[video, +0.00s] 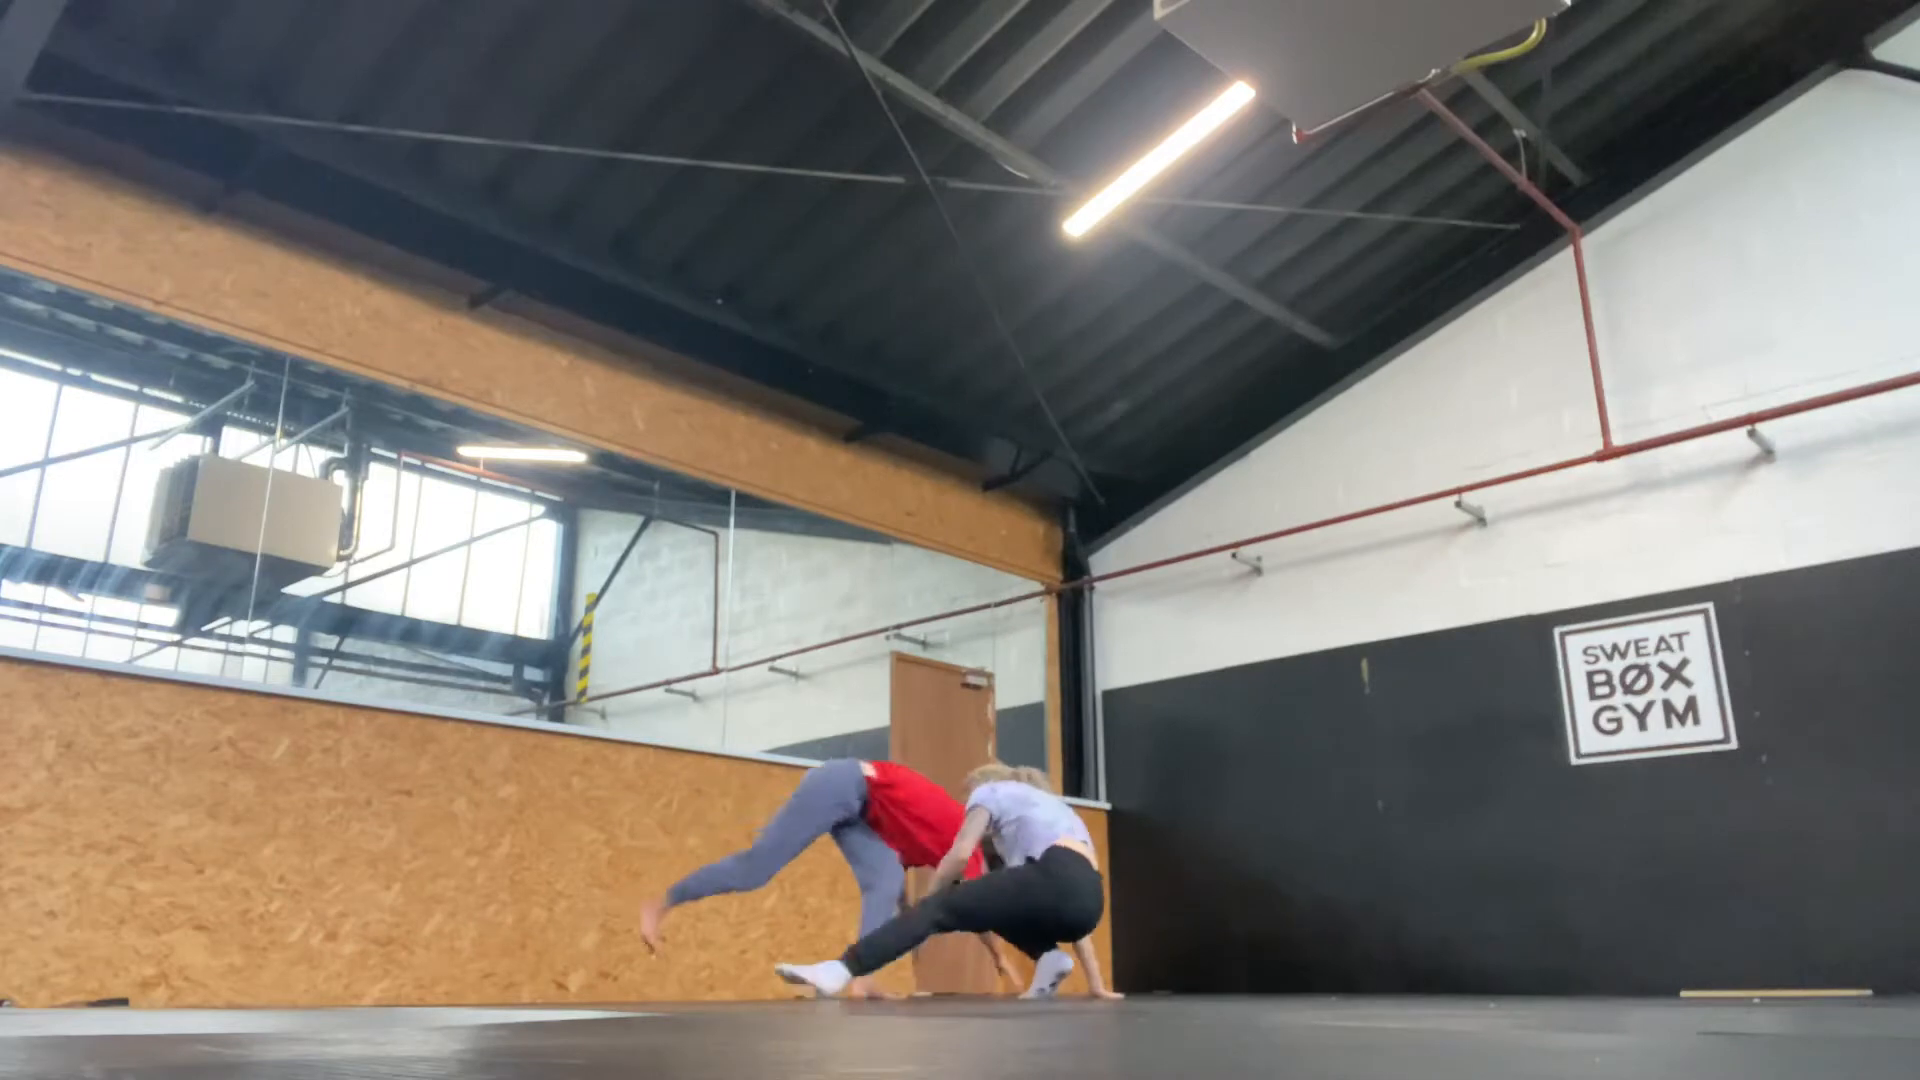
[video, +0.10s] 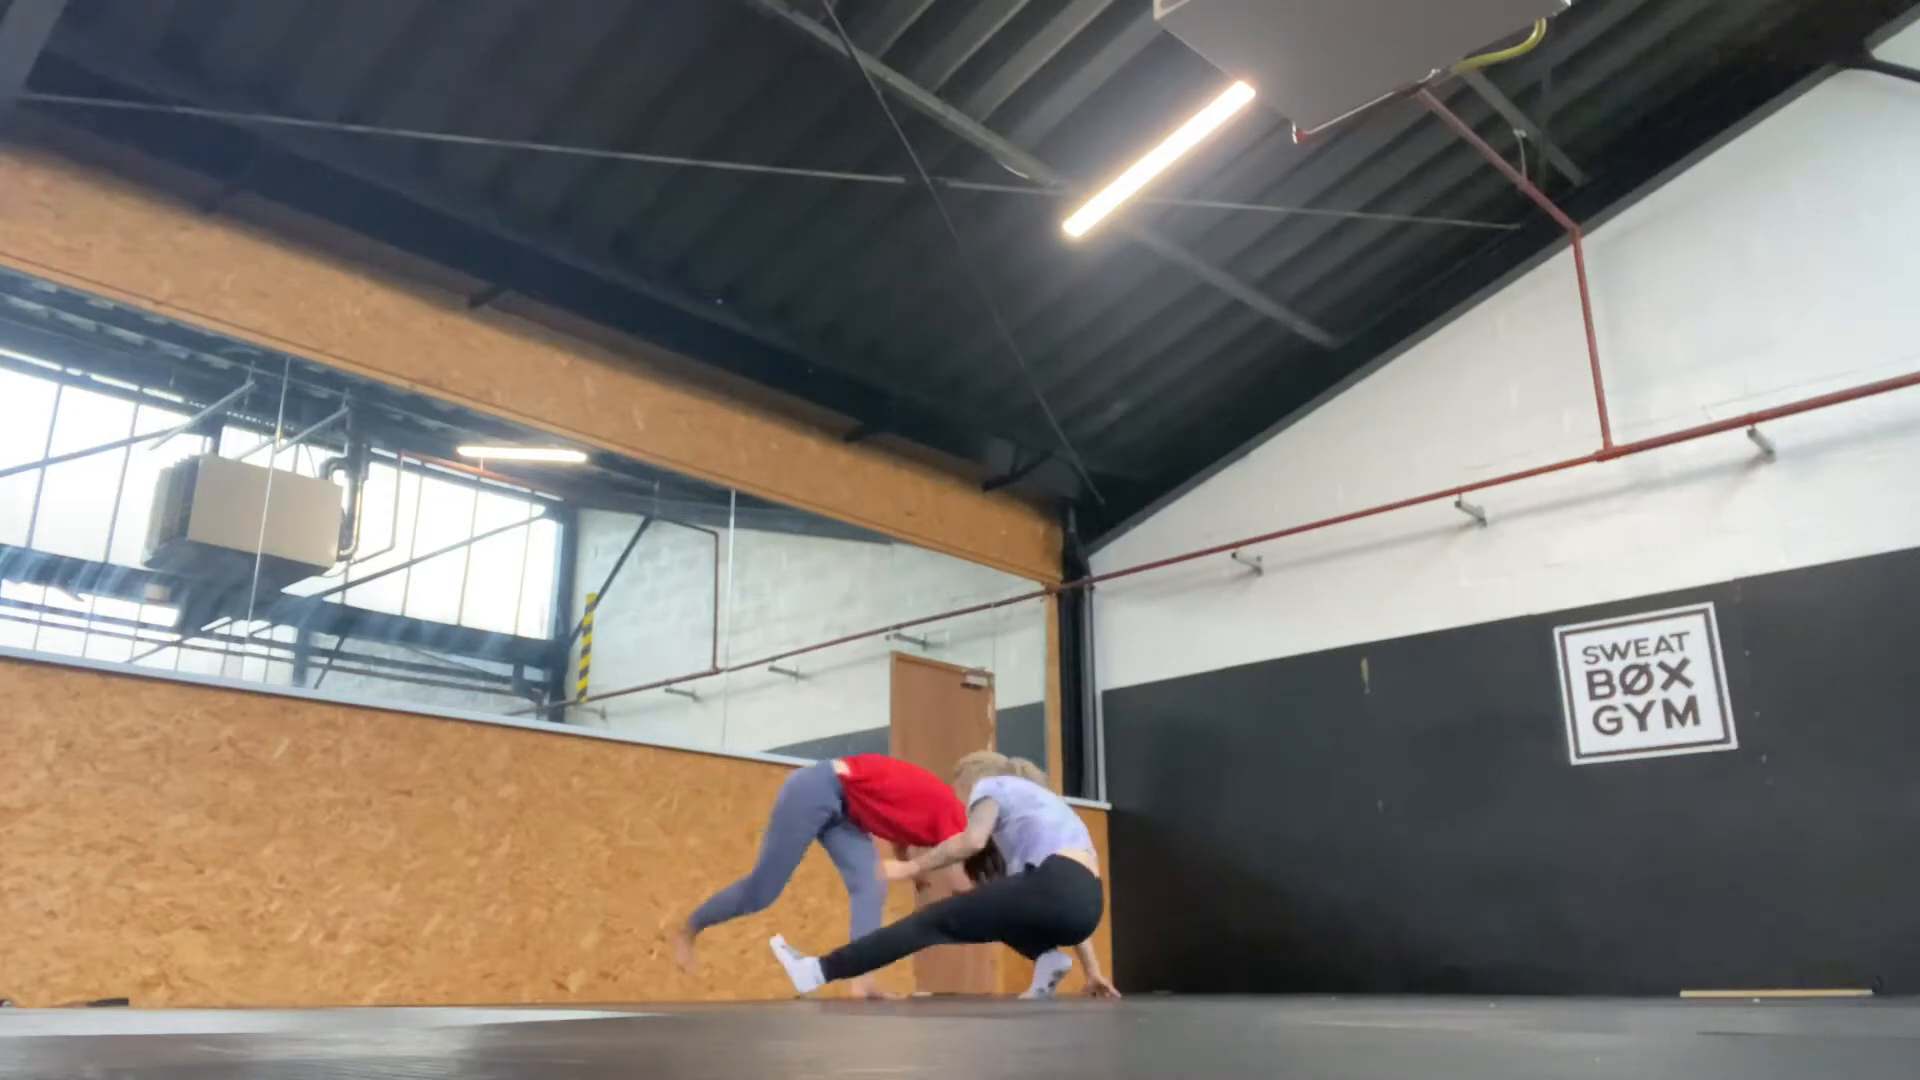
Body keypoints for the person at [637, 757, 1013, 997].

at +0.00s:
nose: (1001, 877)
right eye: (1005, 869)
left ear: (995, 844)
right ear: (999, 843)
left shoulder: (962, 848)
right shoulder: (972, 839)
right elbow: (982, 909)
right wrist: (1004, 967)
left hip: (862, 820)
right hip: (845, 781)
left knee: (886, 878)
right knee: (756, 869)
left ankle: (861, 981)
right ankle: (662, 903)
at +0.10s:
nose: (945, 894)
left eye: (956, 892)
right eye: (958, 889)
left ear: (960, 864)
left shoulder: (916, 842)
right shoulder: (955, 821)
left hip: (848, 814)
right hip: (822, 785)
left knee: (870, 883)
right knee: (764, 889)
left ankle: (862, 979)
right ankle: (690, 925)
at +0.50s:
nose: (908, 781)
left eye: (903, 773)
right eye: (902, 775)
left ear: (911, 768)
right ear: (938, 745)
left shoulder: (941, 814)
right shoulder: (984, 764)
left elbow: (952, 902)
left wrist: (940, 984)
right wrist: (991, 709)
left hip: (1005, 940)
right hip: (1056, 916)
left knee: (952, 926)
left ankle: (946, 989)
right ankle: (1038, 967)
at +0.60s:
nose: (878, 782)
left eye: (876, 773)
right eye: (873, 775)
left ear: (891, 764)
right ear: (905, 744)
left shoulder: (928, 815)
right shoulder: (947, 744)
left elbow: (945, 901)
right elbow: (917, 691)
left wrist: (942, 984)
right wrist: (891, 641)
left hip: (994, 927)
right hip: (1045, 899)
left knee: (950, 920)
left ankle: (958, 987)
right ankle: (1037, 951)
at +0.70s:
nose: (864, 794)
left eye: (862, 788)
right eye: (856, 790)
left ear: (875, 773)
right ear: (879, 752)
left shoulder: (919, 814)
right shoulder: (908, 742)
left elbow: (941, 900)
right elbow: (846, 696)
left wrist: (942, 982)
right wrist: (799, 677)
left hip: (994, 893)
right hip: (1028, 862)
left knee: (925, 908)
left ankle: (966, 983)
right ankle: (1031, 947)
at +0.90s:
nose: (840, 854)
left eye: (845, 849)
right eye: (831, 846)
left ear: (870, 833)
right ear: (834, 808)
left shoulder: (918, 830)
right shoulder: (843, 791)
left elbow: (940, 909)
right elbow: (798, 856)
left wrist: (944, 979)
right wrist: (792, 929)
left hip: (973, 839)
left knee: (908, 929)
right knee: (860, 870)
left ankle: (955, 967)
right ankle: (919, 903)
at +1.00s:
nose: (851, 887)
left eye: (862, 883)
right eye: (846, 879)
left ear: (888, 861)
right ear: (842, 846)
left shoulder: (926, 840)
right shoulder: (833, 818)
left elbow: (941, 913)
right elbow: (809, 895)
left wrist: (943, 981)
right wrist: (805, 978)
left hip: (947, 822)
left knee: (912, 929)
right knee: (809, 860)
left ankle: (946, 965)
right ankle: (789, 915)